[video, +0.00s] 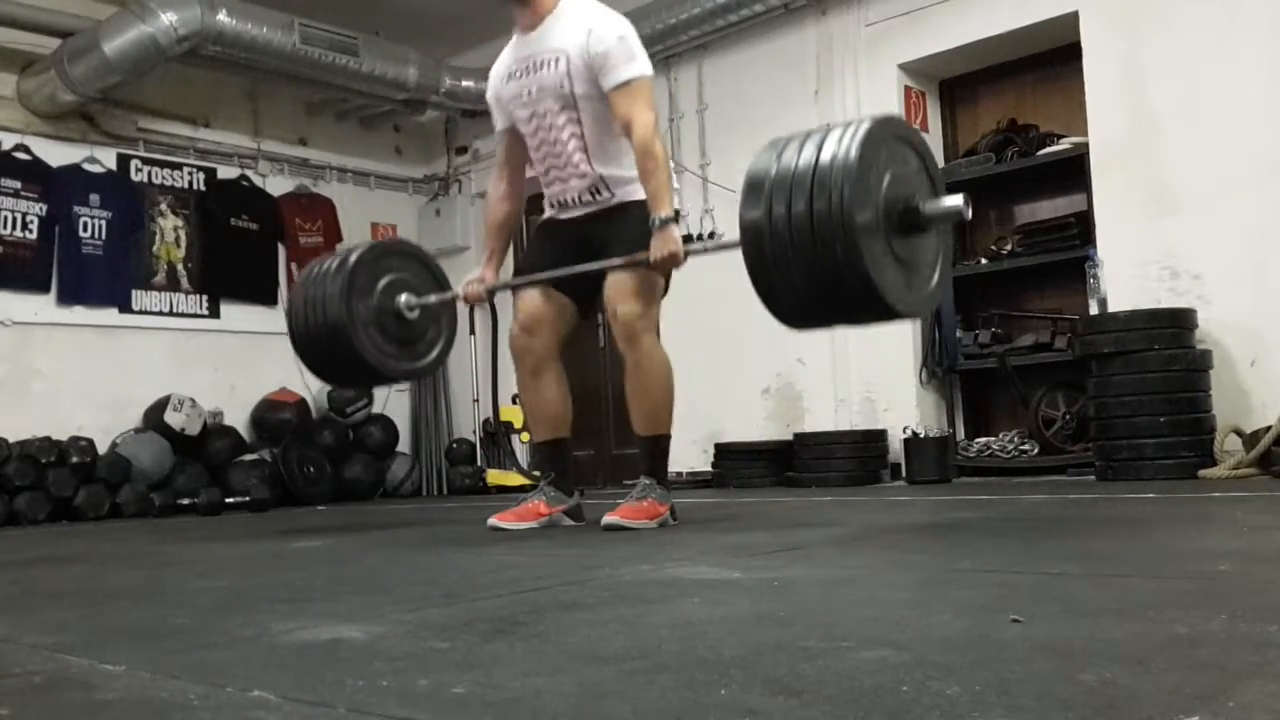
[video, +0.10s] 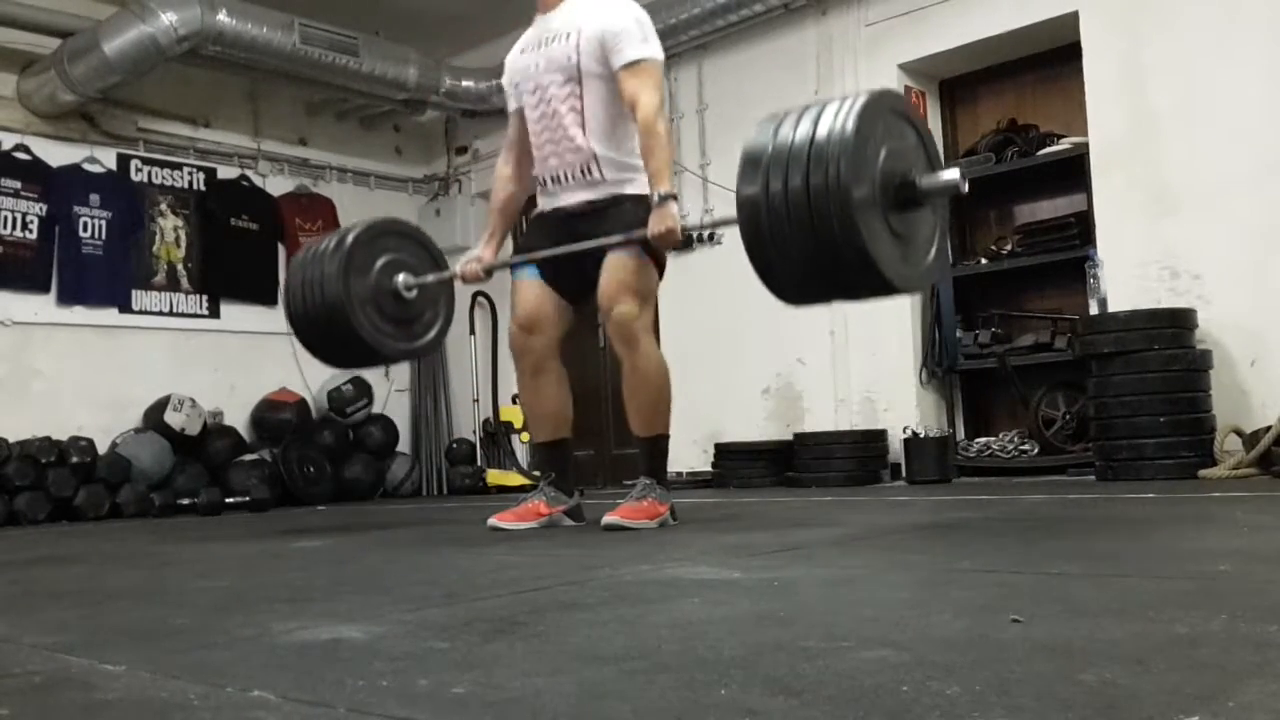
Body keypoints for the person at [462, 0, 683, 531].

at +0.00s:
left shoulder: (599, 27)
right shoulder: (501, 73)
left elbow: (643, 127)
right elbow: (509, 177)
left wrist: (664, 219)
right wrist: (489, 265)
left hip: (626, 208)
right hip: (559, 221)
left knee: (630, 318)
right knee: (529, 335)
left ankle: (654, 488)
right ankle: (557, 491)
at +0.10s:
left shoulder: (613, 15)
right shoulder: (518, 56)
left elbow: (647, 106)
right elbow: (515, 160)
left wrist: (663, 196)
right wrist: (489, 243)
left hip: (624, 201)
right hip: (553, 214)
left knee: (624, 316)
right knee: (529, 332)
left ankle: (653, 488)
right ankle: (558, 493)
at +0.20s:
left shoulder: (633, 8)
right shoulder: (535, 45)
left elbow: (653, 94)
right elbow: (519, 146)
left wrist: (663, 178)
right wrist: (488, 229)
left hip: (615, 194)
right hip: (543, 207)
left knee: (625, 319)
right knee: (538, 333)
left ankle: (653, 487)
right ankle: (558, 492)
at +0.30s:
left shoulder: (643, 8)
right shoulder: (547, 39)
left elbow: (657, 95)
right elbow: (523, 139)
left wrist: (662, 171)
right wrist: (487, 223)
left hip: (612, 185)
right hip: (542, 198)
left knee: (630, 320)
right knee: (544, 331)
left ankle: (653, 487)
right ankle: (558, 491)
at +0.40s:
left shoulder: (648, 13)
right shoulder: (555, 46)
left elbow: (660, 98)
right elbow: (527, 143)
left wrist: (663, 173)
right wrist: (487, 225)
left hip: (611, 186)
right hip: (541, 200)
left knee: (629, 322)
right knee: (543, 335)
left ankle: (653, 487)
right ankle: (558, 492)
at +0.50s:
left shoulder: (648, 16)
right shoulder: (557, 48)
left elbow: (661, 100)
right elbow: (529, 142)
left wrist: (663, 177)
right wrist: (488, 226)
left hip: (610, 186)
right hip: (540, 199)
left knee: (627, 322)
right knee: (542, 336)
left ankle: (653, 487)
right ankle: (558, 491)